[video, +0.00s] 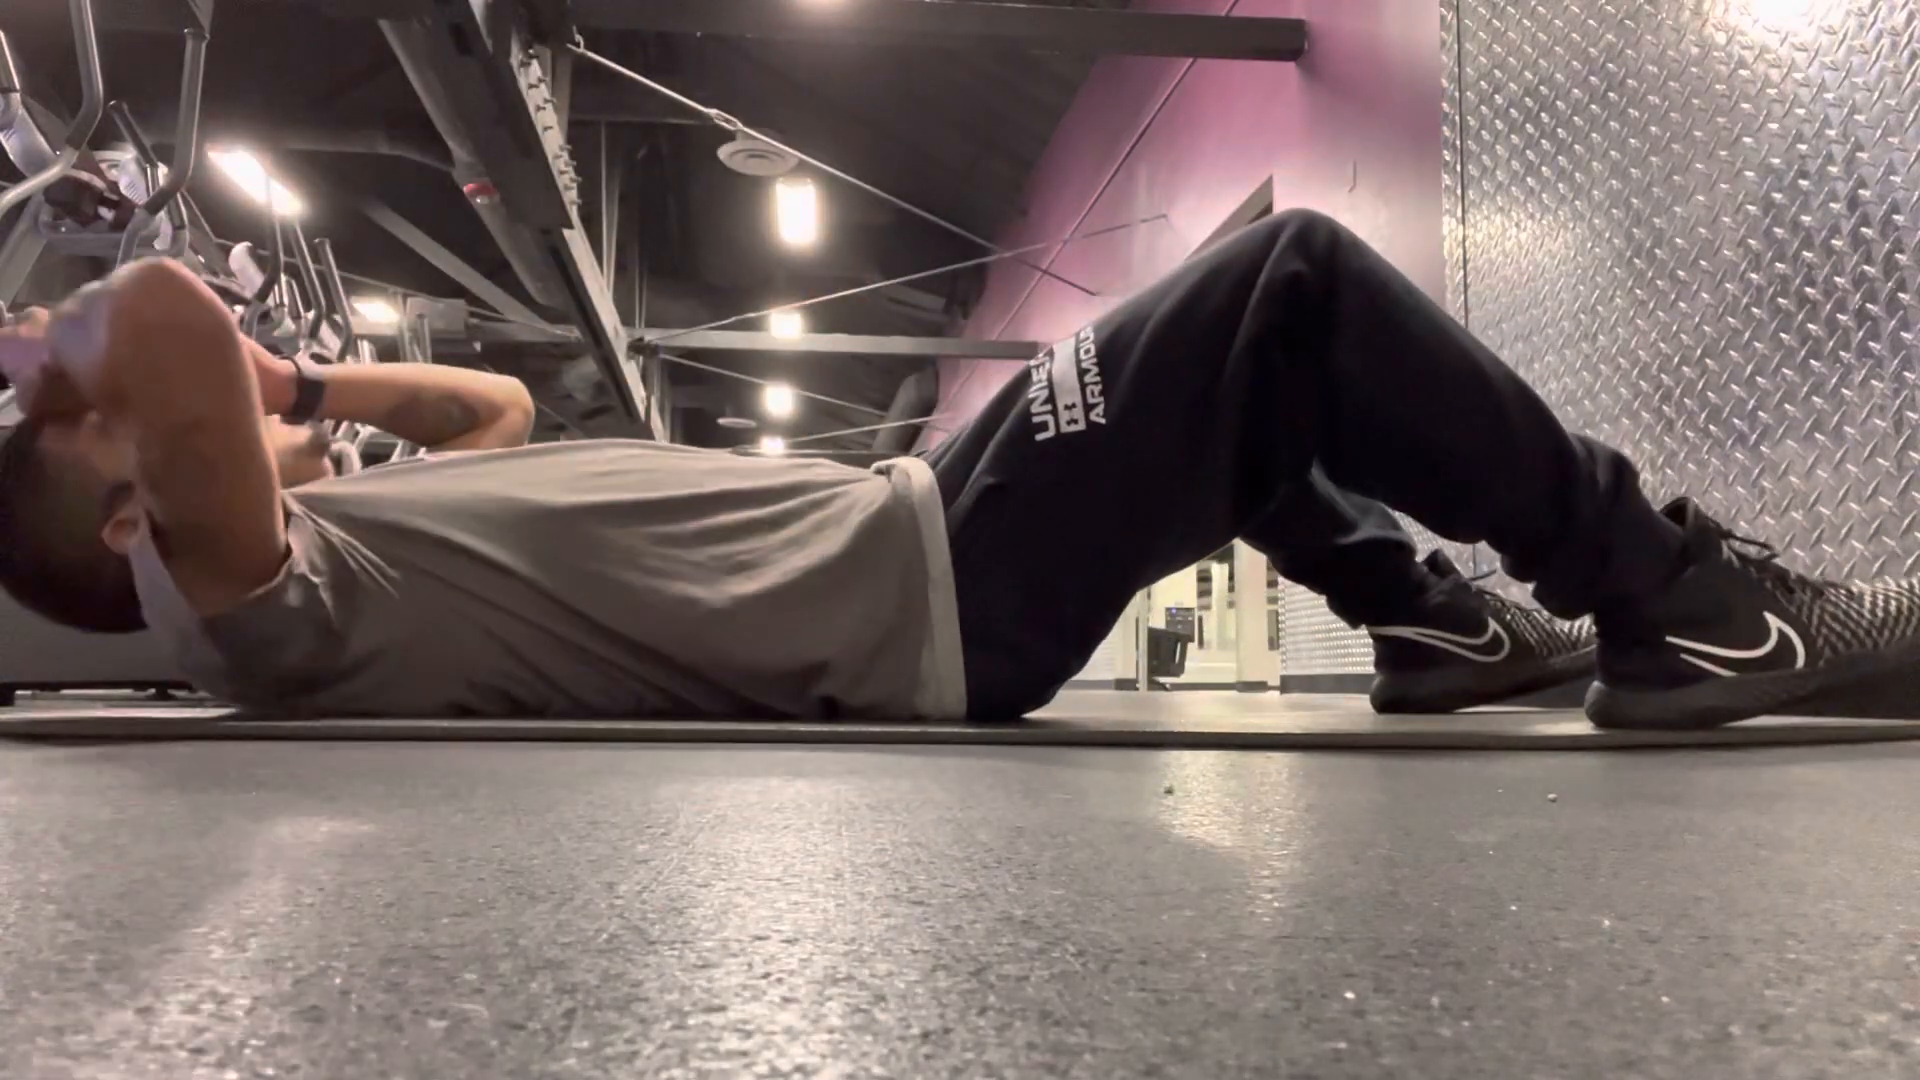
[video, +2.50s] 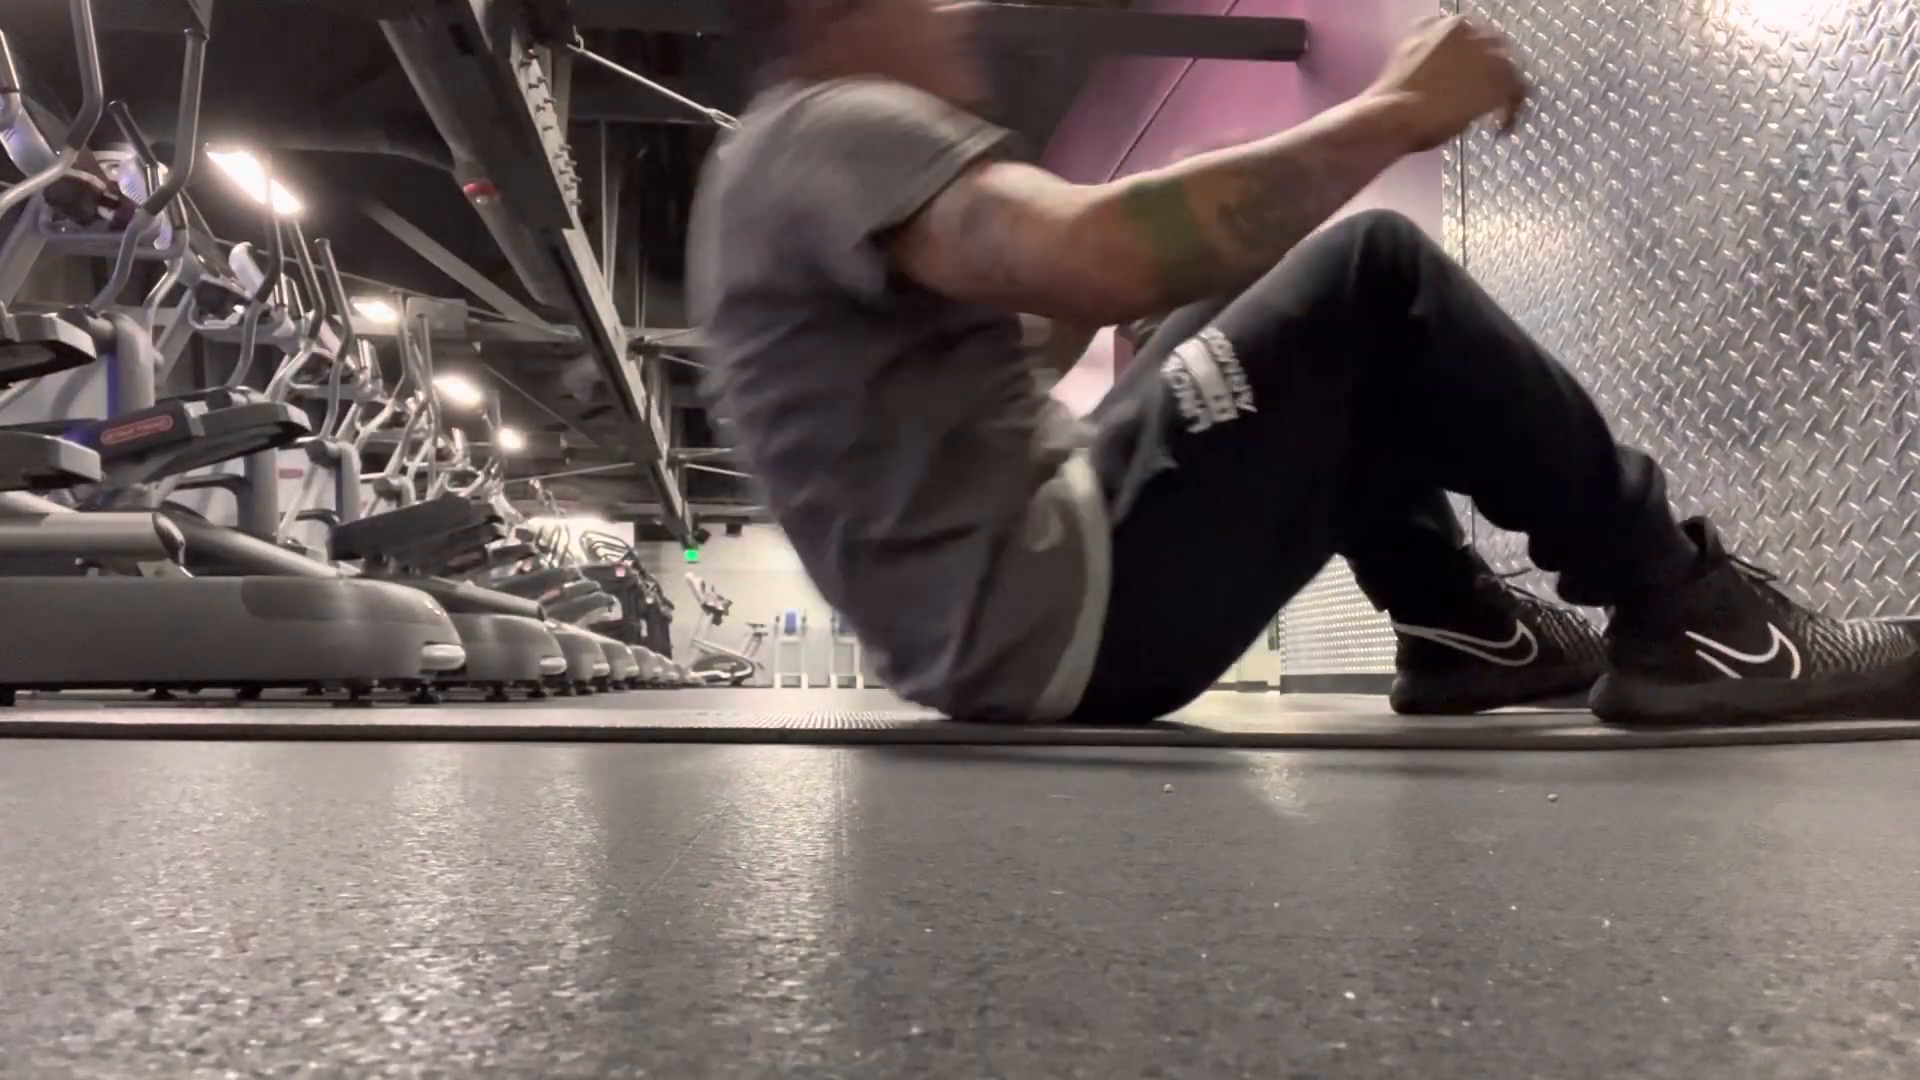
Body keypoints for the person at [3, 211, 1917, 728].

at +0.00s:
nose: (153, 421)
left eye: (120, 417)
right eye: (118, 434)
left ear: (163, 492)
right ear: (134, 515)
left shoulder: (340, 522)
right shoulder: (268, 618)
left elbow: (491, 397)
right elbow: (166, 305)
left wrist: (250, 382)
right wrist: (75, 372)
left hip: (901, 517)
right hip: (924, 604)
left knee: (1143, 345)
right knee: (1285, 277)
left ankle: (1432, 622)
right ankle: (1679, 589)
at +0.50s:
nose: (189, 394)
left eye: (154, 399)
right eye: (141, 441)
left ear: (211, 412)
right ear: (149, 537)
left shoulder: (347, 486)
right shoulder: (264, 574)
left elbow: (549, 456)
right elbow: (479, 555)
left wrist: (362, 392)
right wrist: (567, 198)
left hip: (905, 531)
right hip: (909, 593)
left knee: (1222, 358)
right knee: (1275, 271)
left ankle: (1444, 614)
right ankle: (1687, 598)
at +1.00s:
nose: (215, 401)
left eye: (165, 401)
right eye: (169, 425)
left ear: (158, 525)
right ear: (151, 537)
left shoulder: (310, 558)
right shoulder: (287, 584)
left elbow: (565, 559)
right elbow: (560, 578)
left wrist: (726, 432)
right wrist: (649, 375)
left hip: (901, 558)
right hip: (924, 613)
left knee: (1209, 318)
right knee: (1295, 280)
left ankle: (1446, 622)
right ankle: (1689, 595)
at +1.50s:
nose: (194, 365)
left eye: (166, 362)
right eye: (152, 389)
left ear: (202, 408)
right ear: (149, 478)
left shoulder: (345, 516)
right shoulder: (301, 492)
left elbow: (629, 413)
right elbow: (558, 306)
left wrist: (782, 237)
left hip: (853, 536)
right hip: (893, 567)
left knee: (1196, 346)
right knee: (1264, 274)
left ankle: (1442, 617)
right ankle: (1657, 591)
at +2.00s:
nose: (1049, 66)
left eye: (1056, 52)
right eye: (1043, 49)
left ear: (918, 23)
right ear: (981, 18)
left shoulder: (848, 171)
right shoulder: (852, 86)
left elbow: (1007, 381)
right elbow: (1100, 95)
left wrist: (1152, 224)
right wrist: (1337, 8)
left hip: (971, 607)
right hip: (990, 605)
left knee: (1243, 283)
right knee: (1305, 265)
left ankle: (1468, 625)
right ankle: (1642, 590)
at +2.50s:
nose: (972, 24)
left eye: (960, 9)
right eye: (941, 3)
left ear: (833, 23)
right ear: (851, 12)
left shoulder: (822, 145)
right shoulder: (827, 136)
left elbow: (1094, 273)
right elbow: (1117, 254)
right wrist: (1402, 110)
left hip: (1043, 591)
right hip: (1062, 619)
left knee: (1302, 307)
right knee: (1371, 270)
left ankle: (1458, 624)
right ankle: (1682, 613)